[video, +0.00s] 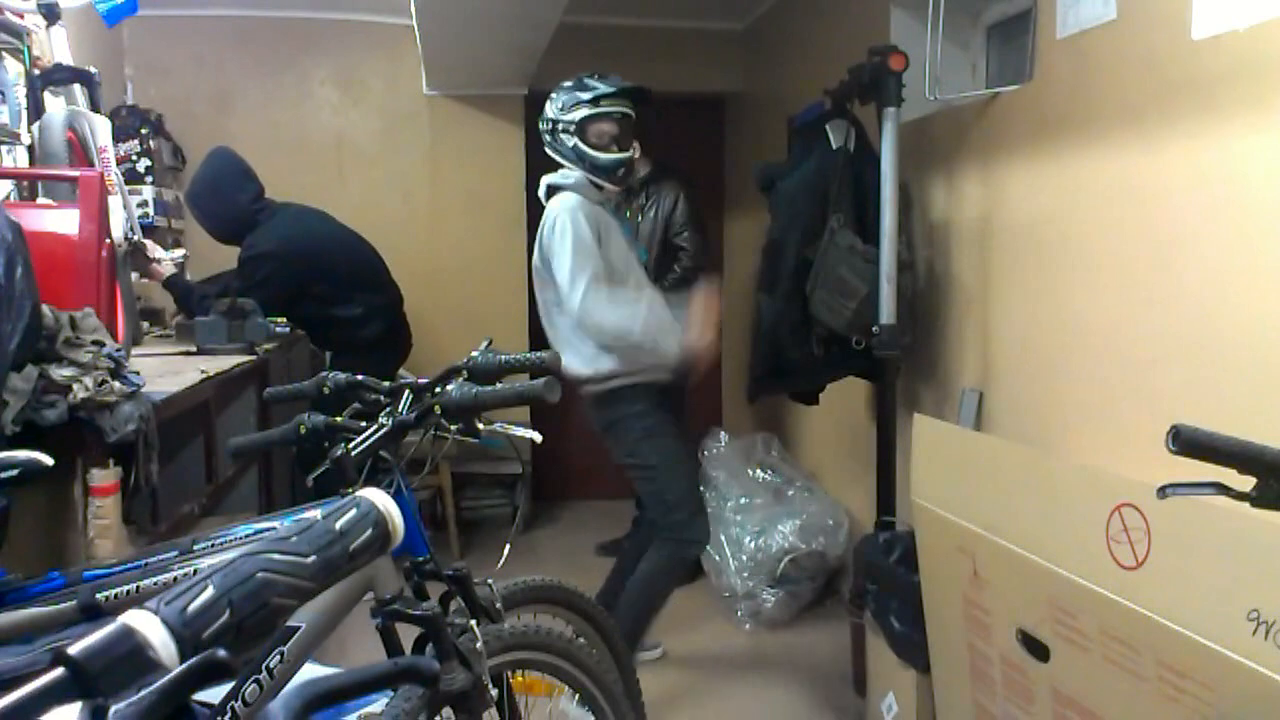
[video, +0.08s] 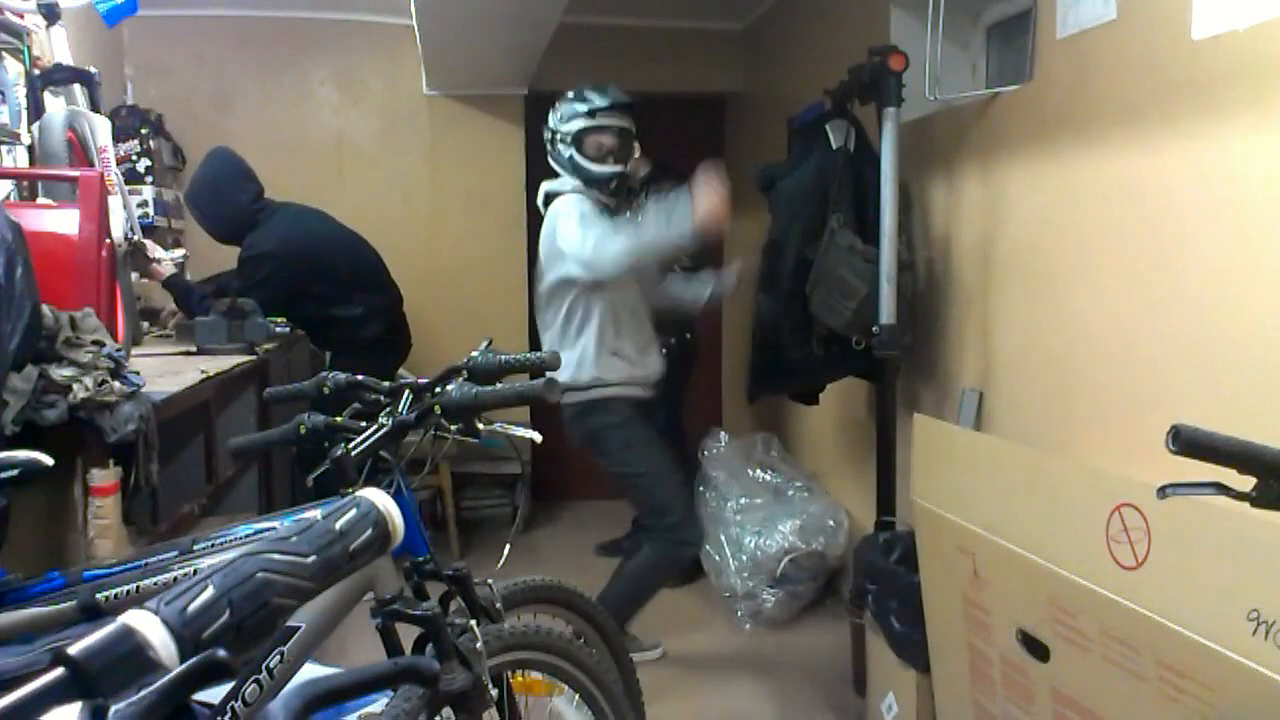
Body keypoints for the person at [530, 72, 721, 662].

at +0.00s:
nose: (619, 146)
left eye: (623, 132)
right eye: (602, 134)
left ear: (632, 134)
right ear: (566, 140)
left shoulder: (600, 212)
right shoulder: (570, 214)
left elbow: (631, 295)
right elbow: (594, 309)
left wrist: (685, 324)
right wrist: (683, 339)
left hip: (642, 386)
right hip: (618, 392)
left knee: (661, 520)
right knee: (681, 529)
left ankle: (600, 635)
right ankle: (610, 653)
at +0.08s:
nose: (612, 152)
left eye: (620, 141)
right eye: (597, 142)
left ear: (633, 146)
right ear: (567, 149)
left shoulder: (619, 213)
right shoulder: (567, 210)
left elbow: (653, 285)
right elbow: (603, 255)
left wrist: (720, 281)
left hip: (637, 391)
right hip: (598, 398)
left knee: (671, 513)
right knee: (677, 531)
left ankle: (610, 622)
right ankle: (598, 633)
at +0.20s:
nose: (607, 153)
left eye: (617, 142)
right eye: (593, 141)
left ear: (633, 147)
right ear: (565, 146)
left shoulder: (634, 214)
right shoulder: (561, 206)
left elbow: (672, 301)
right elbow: (588, 262)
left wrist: (715, 295)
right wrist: (672, 242)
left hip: (642, 388)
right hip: (593, 392)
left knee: (655, 529)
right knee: (638, 541)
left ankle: (603, 624)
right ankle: (574, 632)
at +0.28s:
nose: (603, 139)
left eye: (613, 127)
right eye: (588, 127)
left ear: (626, 136)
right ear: (561, 133)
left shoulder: (599, 207)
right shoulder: (557, 206)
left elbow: (620, 295)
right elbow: (553, 311)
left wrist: (656, 356)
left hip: (646, 384)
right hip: (606, 393)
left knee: (653, 516)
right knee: (597, 524)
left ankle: (600, 620)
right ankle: (533, 627)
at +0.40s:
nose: (594, 135)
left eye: (607, 123)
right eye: (580, 123)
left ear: (623, 132)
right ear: (554, 128)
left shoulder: (609, 210)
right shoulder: (541, 208)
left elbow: (623, 310)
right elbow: (521, 307)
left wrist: (676, 369)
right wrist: (572, 356)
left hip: (641, 389)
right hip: (583, 396)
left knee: (660, 524)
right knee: (598, 529)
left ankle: (600, 623)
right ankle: (530, 631)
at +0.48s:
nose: (587, 152)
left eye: (600, 139)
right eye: (572, 139)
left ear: (618, 147)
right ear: (549, 144)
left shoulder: (611, 227)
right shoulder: (537, 212)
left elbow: (667, 295)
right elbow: (520, 285)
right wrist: (576, 269)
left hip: (619, 400)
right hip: (562, 403)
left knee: (663, 527)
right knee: (590, 541)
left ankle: (602, 624)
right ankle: (541, 638)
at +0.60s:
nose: (583, 169)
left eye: (595, 156)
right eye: (569, 156)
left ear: (614, 165)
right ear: (548, 164)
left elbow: (689, 275)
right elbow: (508, 258)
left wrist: (754, 246)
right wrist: (554, 204)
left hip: (611, 422)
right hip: (547, 425)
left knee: (666, 531)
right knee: (580, 557)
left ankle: (603, 626)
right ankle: (535, 661)